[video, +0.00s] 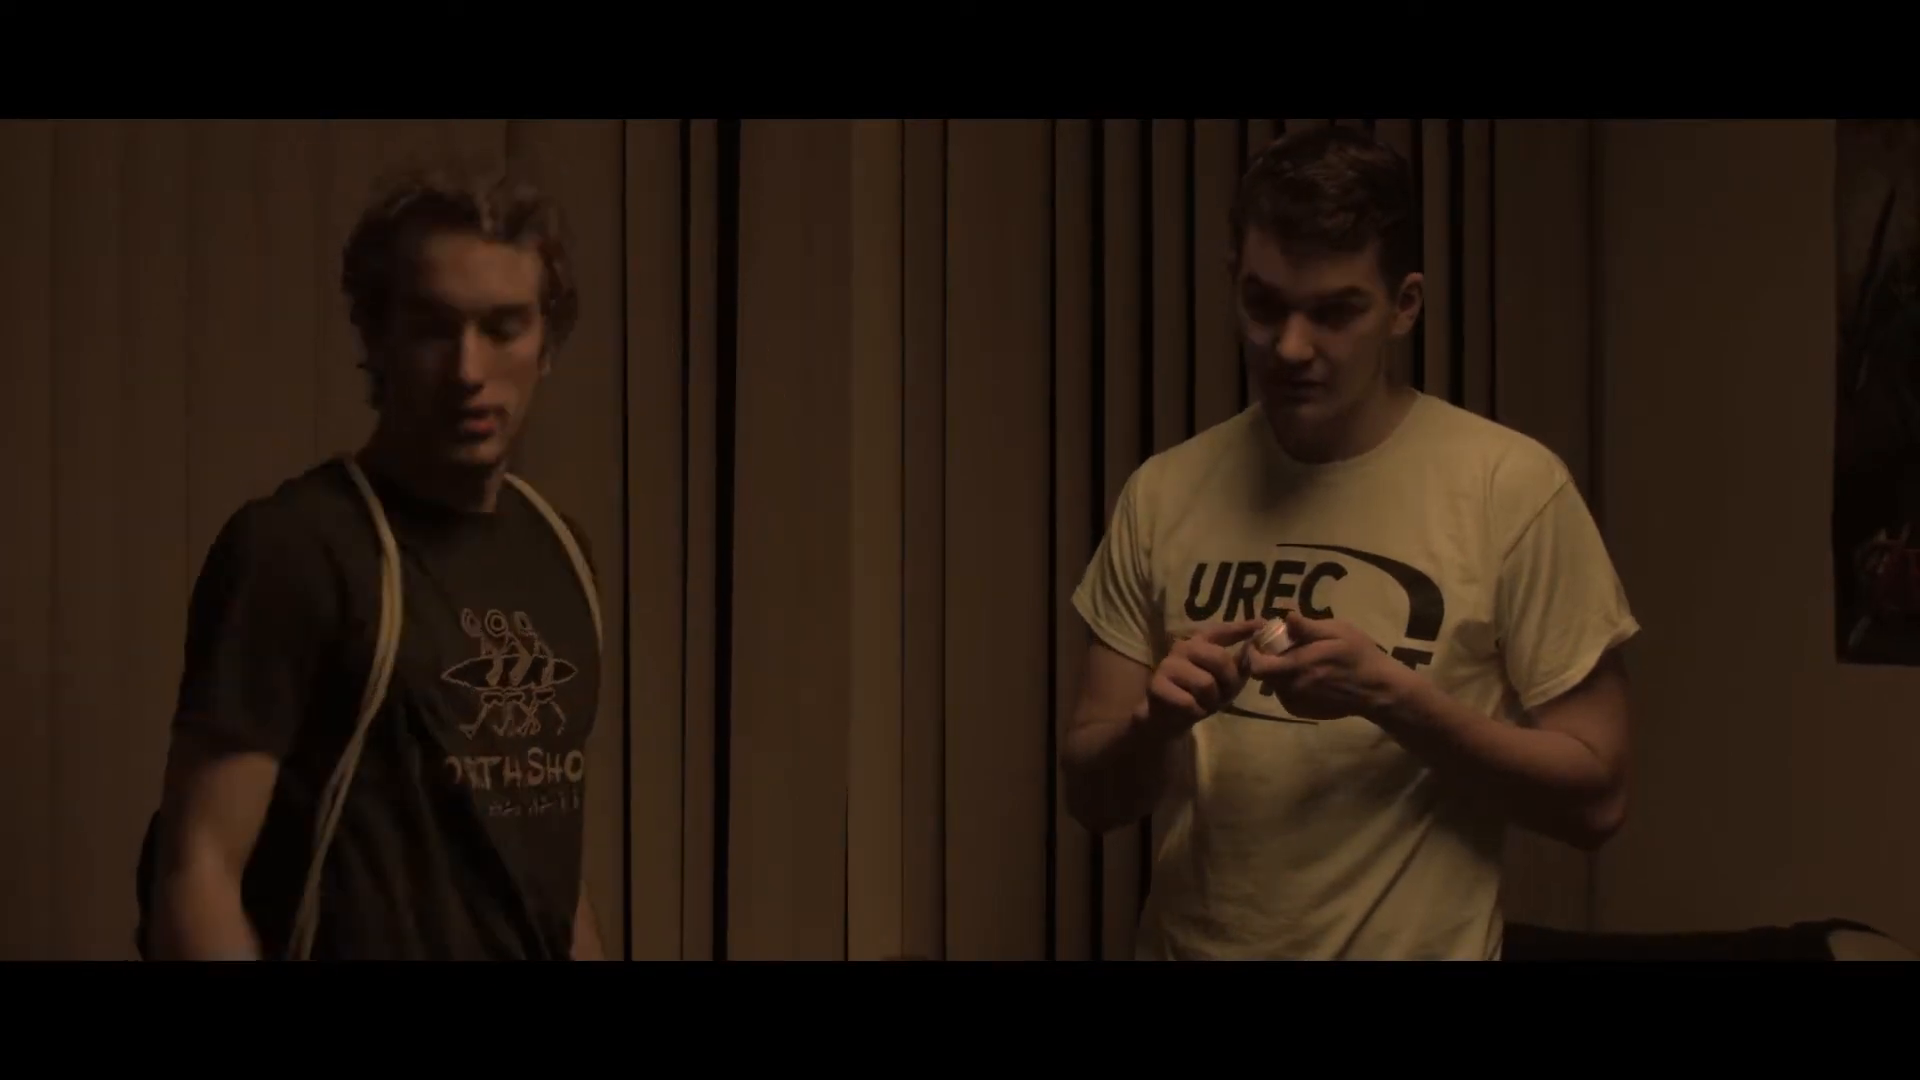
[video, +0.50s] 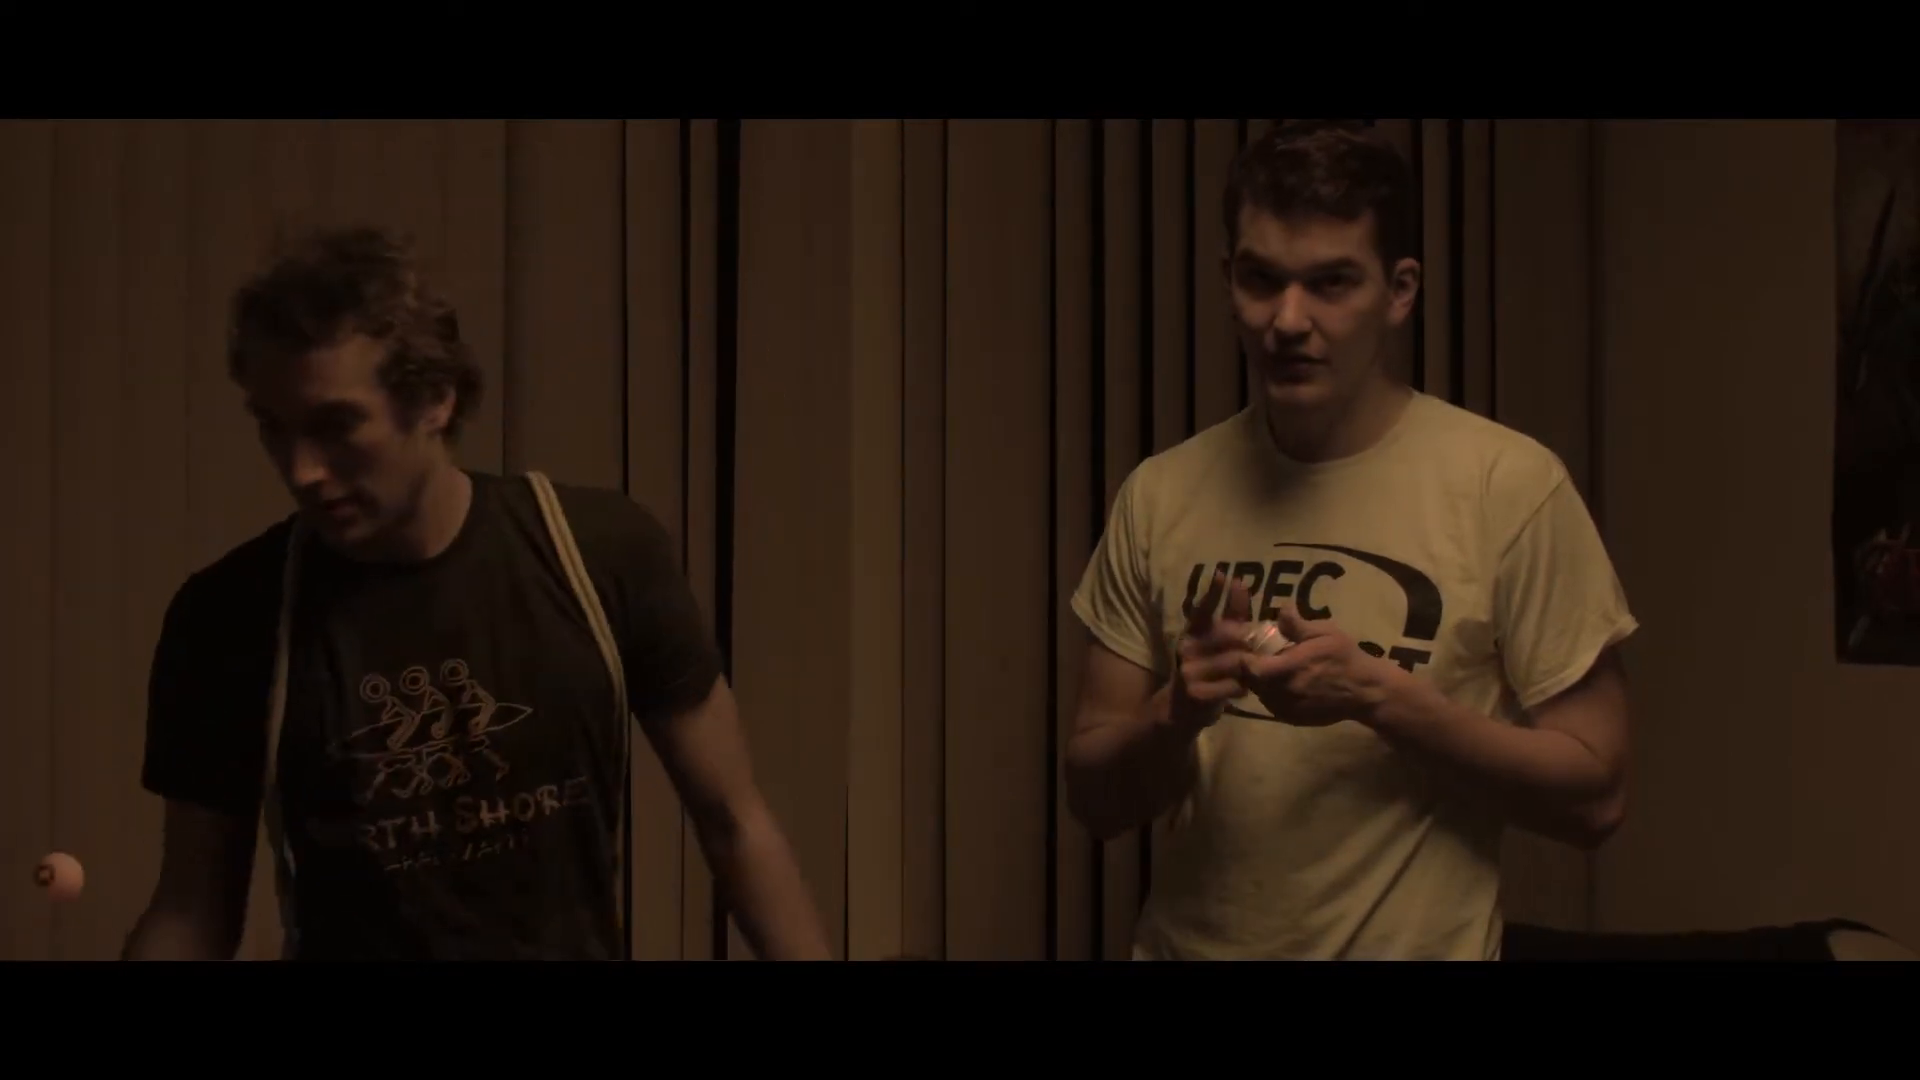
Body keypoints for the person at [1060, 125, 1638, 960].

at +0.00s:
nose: (1292, 349)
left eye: (1334, 313)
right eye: (1266, 307)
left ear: (1404, 305)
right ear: (1239, 292)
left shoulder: (1513, 491)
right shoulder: (1162, 496)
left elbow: (1595, 798)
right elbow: (1089, 798)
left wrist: (1395, 693)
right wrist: (1154, 724)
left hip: (1418, 945)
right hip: (1194, 942)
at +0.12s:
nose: (1298, 339)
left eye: (1339, 301)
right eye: (1270, 297)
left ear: (1405, 299)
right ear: (1238, 286)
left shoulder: (1513, 492)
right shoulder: (1160, 497)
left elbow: (1595, 797)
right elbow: (1088, 798)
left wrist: (1390, 693)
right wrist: (1158, 724)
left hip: (1418, 945)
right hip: (1195, 941)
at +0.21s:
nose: (1299, 334)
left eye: (1340, 296)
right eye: (1271, 292)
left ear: (1405, 297)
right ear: (1238, 285)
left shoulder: (1511, 490)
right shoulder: (1159, 497)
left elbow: (1595, 796)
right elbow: (1089, 797)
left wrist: (1388, 692)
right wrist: (1161, 724)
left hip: (1418, 945)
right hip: (1195, 941)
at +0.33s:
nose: (1297, 328)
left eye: (1338, 290)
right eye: (1269, 286)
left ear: (1404, 295)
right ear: (1236, 285)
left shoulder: (1511, 490)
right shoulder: (1159, 497)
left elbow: (1595, 796)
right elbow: (1090, 796)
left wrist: (1388, 692)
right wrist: (1166, 726)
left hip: (1418, 945)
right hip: (1193, 941)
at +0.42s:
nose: (1293, 324)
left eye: (1335, 286)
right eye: (1266, 283)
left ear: (1402, 295)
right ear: (1234, 283)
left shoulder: (1510, 490)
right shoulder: (1159, 498)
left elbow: (1594, 795)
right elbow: (1091, 795)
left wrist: (1384, 692)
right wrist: (1171, 725)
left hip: (1417, 945)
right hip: (1192, 941)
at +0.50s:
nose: (1287, 320)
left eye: (1330, 283)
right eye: (1260, 280)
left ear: (1400, 292)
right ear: (1231, 283)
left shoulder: (1510, 490)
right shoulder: (1159, 498)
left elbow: (1594, 794)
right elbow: (1092, 798)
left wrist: (1382, 693)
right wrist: (1176, 713)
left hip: (1418, 945)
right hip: (1191, 943)